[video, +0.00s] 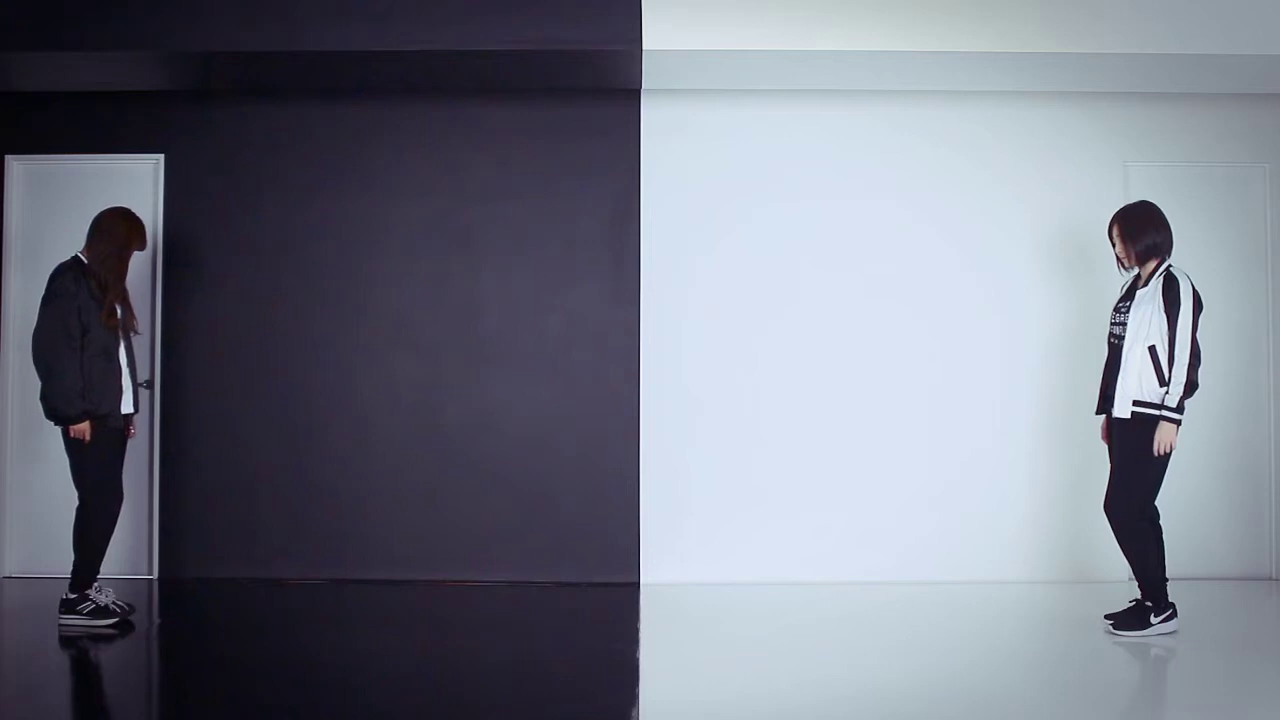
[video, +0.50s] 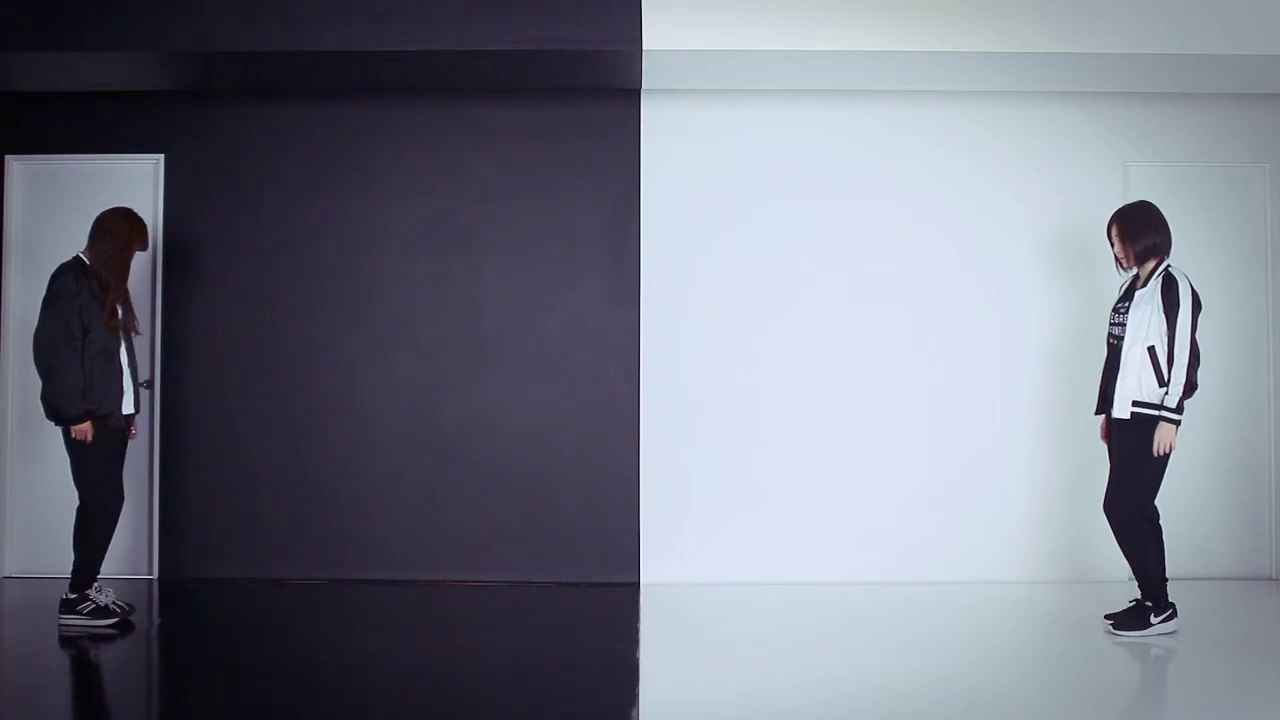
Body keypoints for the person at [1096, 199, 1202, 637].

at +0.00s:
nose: (1116, 250)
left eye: (1120, 241)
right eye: (1114, 242)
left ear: (1143, 236)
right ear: (1127, 240)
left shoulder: (1176, 284)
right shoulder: (1132, 287)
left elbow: (1185, 357)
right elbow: (1119, 355)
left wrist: (1171, 417)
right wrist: (1108, 411)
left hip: (1150, 418)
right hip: (1124, 416)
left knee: (1122, 506)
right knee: (1136, 507)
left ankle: (1157, 603)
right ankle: (1153, 600)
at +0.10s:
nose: (1116, 250)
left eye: (1120, 241)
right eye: (1114, 242)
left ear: (1144, 236)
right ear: (1127, 240)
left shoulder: (1175, 284)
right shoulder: (1132, 287)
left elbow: (1185, 357)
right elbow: (1119, 355)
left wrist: (1171, 417)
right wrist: (1108, 411)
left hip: (1150, 418)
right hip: (1125, 416)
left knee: (1122, 506)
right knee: (1136, 507)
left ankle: (1157, 603)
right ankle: (1153, 600)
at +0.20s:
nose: (1116, 250)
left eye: (1120, 241)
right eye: (1113, 242)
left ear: (1144, 236)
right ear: (1126, 240)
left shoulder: (1175, 283)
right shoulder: (1132, 287)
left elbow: (1185, 356)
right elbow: (1119, 355)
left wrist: (1171, 417)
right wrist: (1108, 411)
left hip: (1150, 417)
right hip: (1125, 416)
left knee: (1122, 506)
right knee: (1136, 507)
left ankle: (1157, 603)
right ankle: (1153, 600)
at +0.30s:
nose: (1116, 250)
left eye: (1120, 241)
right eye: (1113, 242)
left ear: (1143, 237)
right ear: (1127, 240)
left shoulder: (1174, 283)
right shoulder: (1132, 287)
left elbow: (1185, 356)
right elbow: (1118, 355)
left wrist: (1170, 417)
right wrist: (1108, 411)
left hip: (1150, 417)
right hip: (1125, 416)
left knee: (1122, 506)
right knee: (1136, 507)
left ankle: (1157, 603)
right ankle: (1153, 600)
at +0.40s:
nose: (1115, 249)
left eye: (1120, 240)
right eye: (1113, 242)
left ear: (1143, 236)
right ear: (1125, 240)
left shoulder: (1175, 283)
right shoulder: (1131, 287)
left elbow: (1185, 356)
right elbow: (1118, 354)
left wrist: (1171, 417)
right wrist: (1108, 410)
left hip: (1150, 418)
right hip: (1124, 416)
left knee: (1121, 506)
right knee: (1137, 507)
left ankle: (1157, 603)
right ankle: (1153, 601)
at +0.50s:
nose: (1115, 250)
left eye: (1119, 241)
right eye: (1113, 242)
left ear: (1143, 236)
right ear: (1124, 241)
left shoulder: (1175, 284)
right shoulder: (1130, 287)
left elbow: (1185, 356)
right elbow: (1118, 355)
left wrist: (1171, 417)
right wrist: (1107, 411)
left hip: (1150, 417)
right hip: (1124, 416)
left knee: (1122, 506)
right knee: (1135, 507)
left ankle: (1157, 603)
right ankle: (1152, 600)